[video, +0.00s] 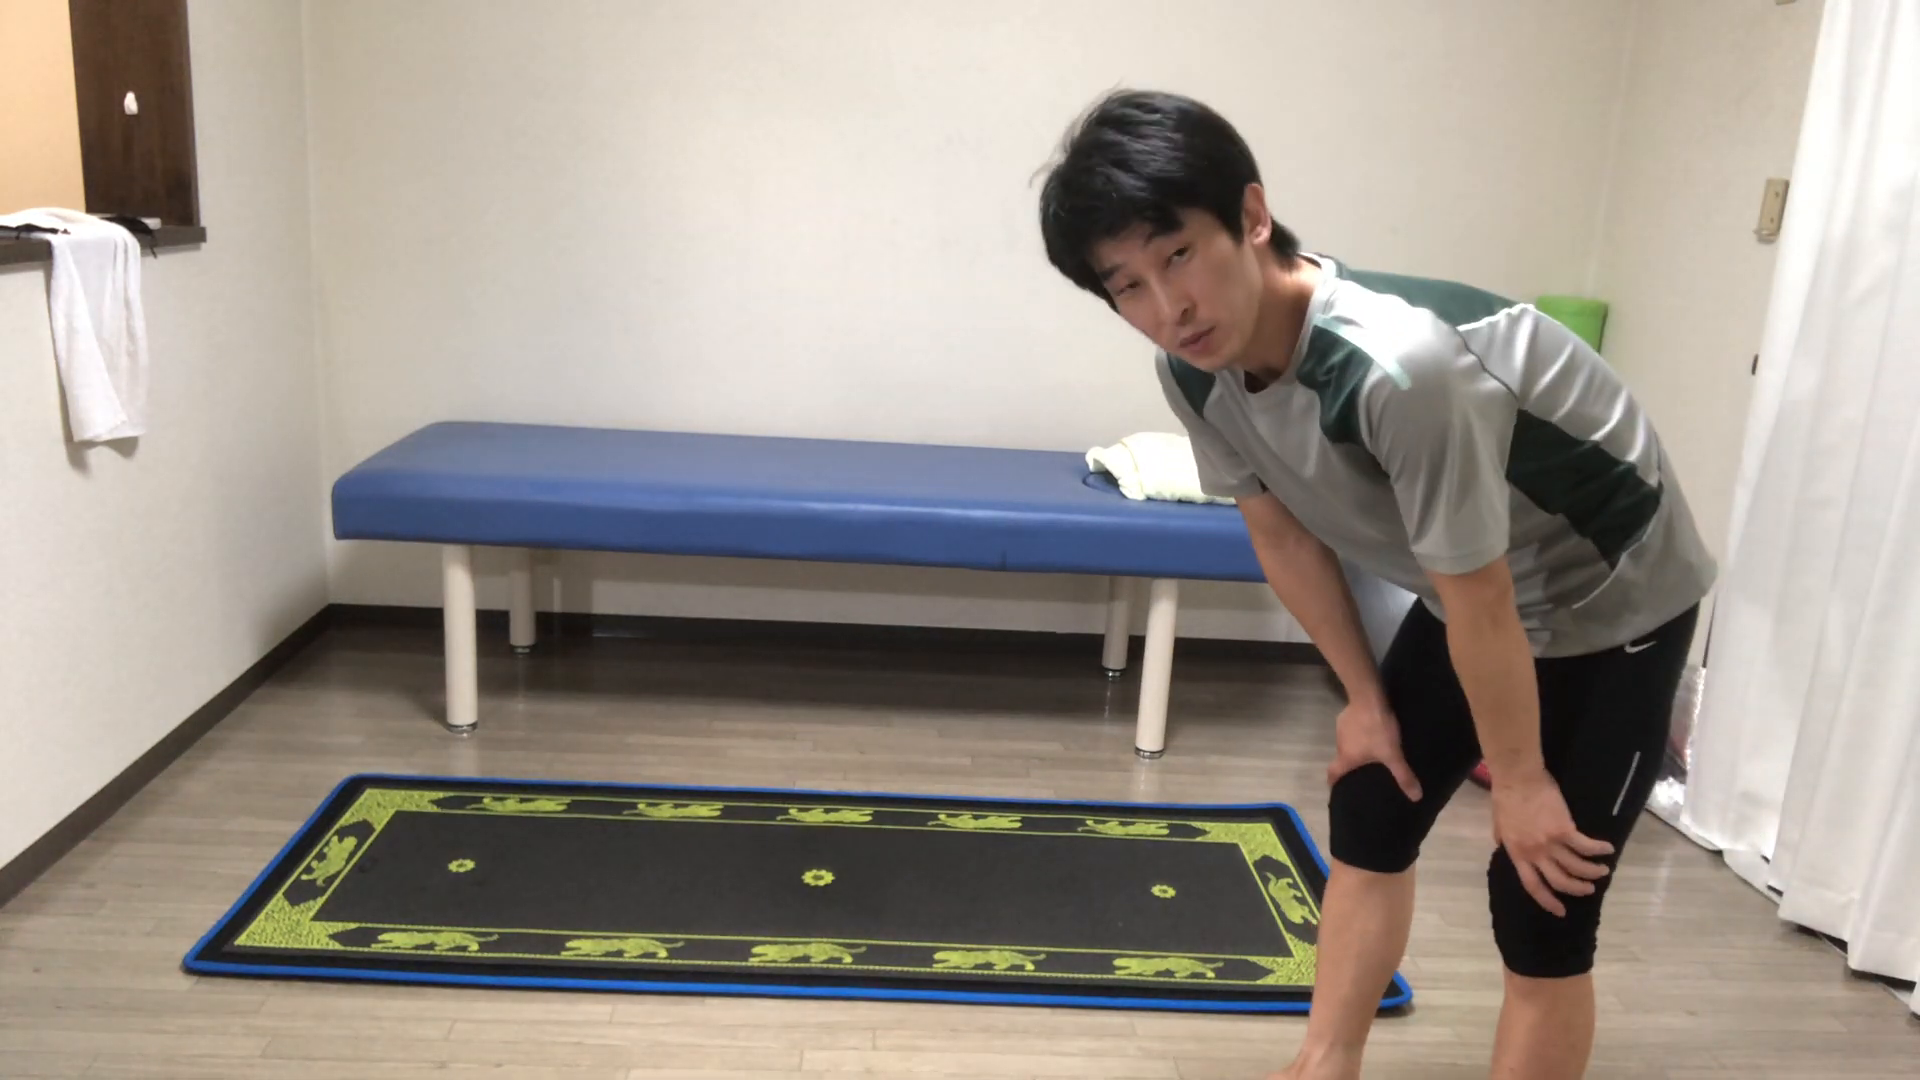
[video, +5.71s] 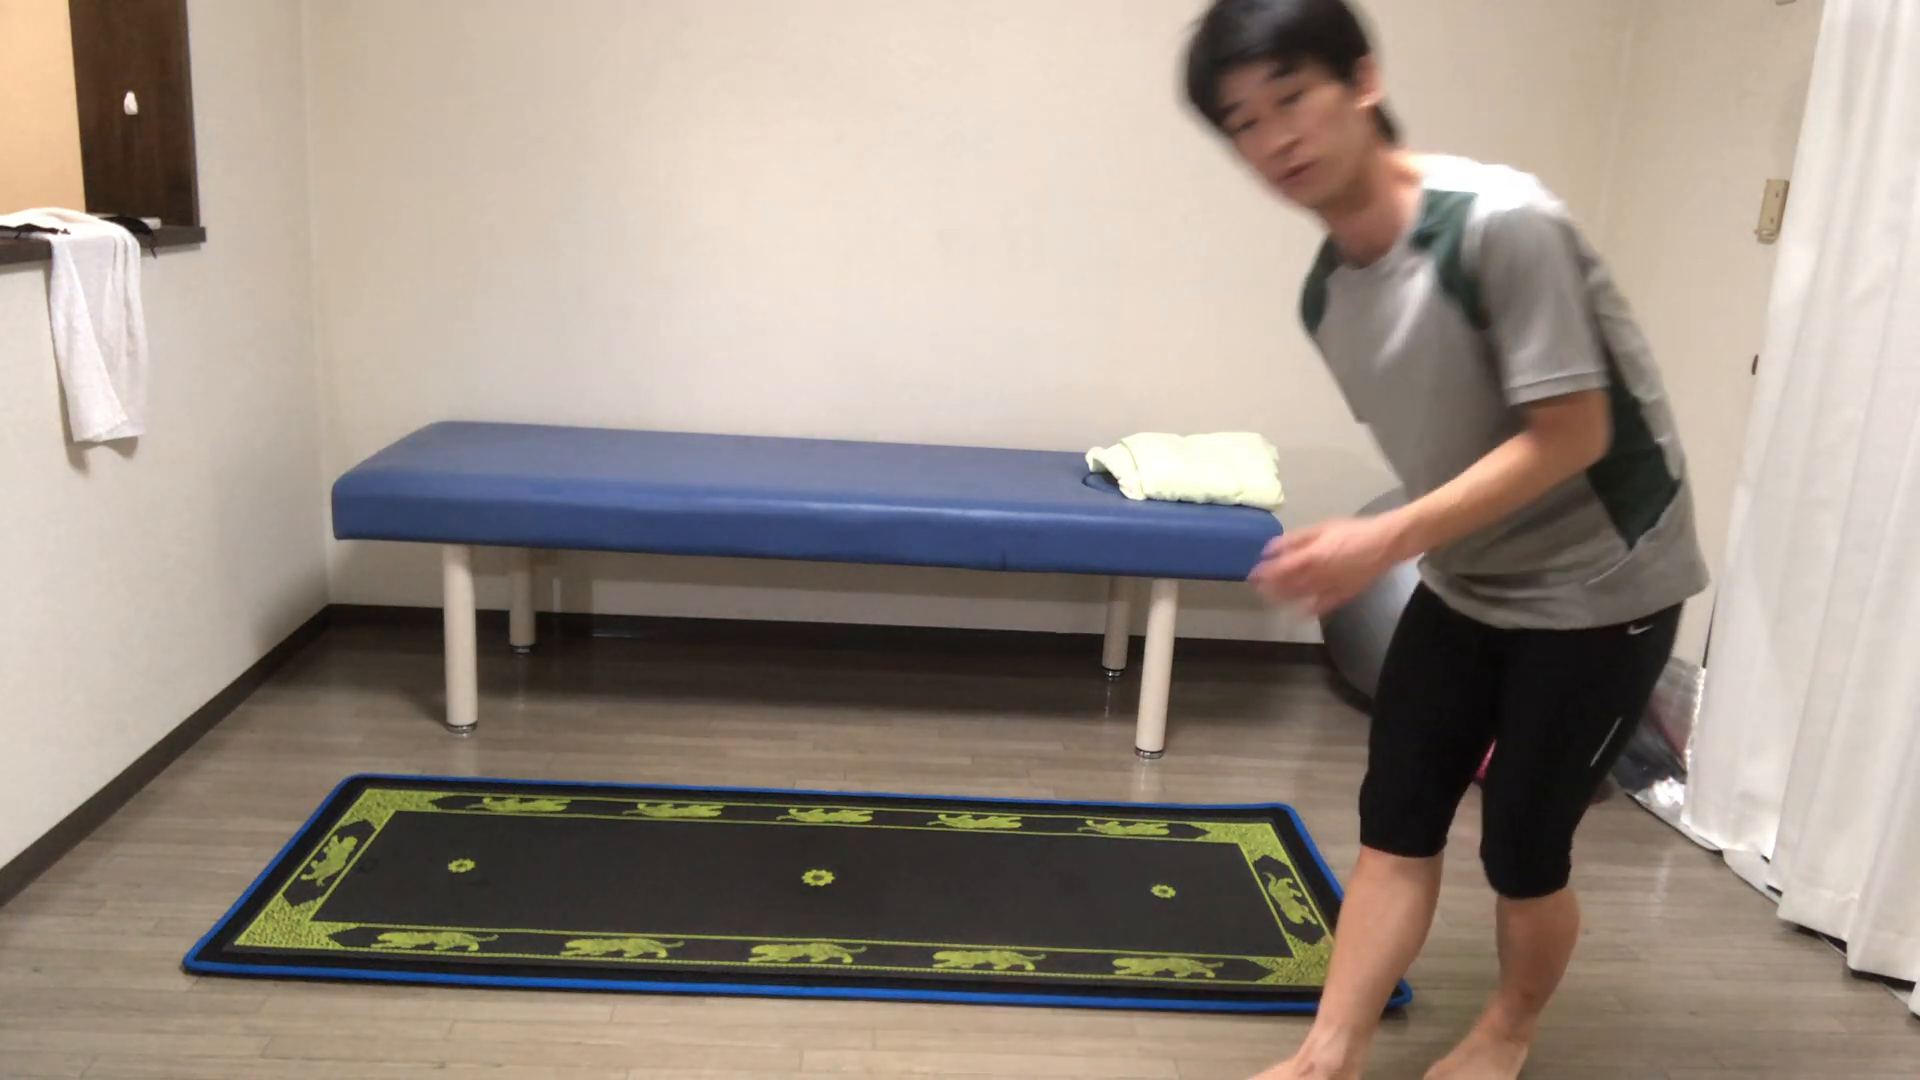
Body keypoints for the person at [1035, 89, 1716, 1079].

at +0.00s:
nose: (1168, 307)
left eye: (1178, 255)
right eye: (1128, 289)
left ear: (1250, 217)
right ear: (1111, 305)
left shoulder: (1402, 371)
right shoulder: (1195, 367)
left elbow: (1481, 598)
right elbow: (1283, 539)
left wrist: (1522, 777)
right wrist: (1363, 697)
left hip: (1618, 594)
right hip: (1472, 580)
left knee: (1539, 904)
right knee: (1372, 808)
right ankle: (1327, 1062)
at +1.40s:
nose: (1243, 218)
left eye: (1264, 165)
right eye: (1205, 201)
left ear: (1347, 148)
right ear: (1193, 231)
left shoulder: (1513, 309)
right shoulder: (1287, 380)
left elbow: (1637, 547)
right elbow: (1367, 582)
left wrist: (1640, 779)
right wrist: (1436, 770)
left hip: (1743, 629)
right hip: (1570, 637)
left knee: (1609, 935)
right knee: (1445, 879)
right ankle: (1337, 1064)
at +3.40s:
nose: (1249, 194)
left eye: (1272, 141)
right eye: (1208, 169)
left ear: (1352, 124)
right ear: (1186, 195)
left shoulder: (1521, 298)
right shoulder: (1279, 327)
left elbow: (1654, 508)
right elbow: (1391, 468)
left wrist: (1626, 725)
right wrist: (1394, 621)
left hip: (1618, 617)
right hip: (1467, 608)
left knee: (1554, 930)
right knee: (1394, 854)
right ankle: (1331, 1062)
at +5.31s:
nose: (1128, 193)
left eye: (1136, 147)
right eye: (1096, 186)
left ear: (1210, 119)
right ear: (1096, 211)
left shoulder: (1381, 234)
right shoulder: (1230, 334)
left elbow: (1552, 385)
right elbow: (1382, 456)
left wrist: (1643, 587)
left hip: (1550, 588)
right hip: (1416, 588)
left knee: (1484, 868)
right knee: (1367, 831)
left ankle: (1502, 1067)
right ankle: (1322, 1061)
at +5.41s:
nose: (1147, 194)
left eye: (1154, 149)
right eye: (1115, 187)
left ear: (1228, 122)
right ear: (1111, 214)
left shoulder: (1390, 238)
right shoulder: (1247, 330)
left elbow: (1535, 415)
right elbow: (1396, 467)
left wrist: (1575, 638)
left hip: (1563, 579)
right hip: (1429, 584)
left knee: (1485, 869)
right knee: (1378, 829)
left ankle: (1508, 1045)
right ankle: (1324, 1059)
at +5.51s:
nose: (1174, 185)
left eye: (1183, 142)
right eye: (1144, 177)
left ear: (1258, 118)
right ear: (1138, 204)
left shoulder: (1414, 242)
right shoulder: (1270, 323)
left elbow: (1520, 449)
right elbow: (1410, 469)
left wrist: (1458, 654)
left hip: (1581, 580)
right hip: (1443, 579)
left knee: (1493, 857)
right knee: (1386, 815)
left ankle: (1510, 1011)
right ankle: (1326, 1058)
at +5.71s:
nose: (1273, 141)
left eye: (1291, 102)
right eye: (1241, 127)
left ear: (1366, 82)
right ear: (1232, 148)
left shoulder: (1504, 225)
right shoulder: (1324, 300)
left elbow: (1575, 432)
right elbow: (1445, 456)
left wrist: (1386, 537)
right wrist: (1365, 556)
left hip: (1601, 585)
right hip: (1468, 582)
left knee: (1523, 844)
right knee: (1397, 817)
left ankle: (1511, 1029)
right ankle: (1328, 1053)